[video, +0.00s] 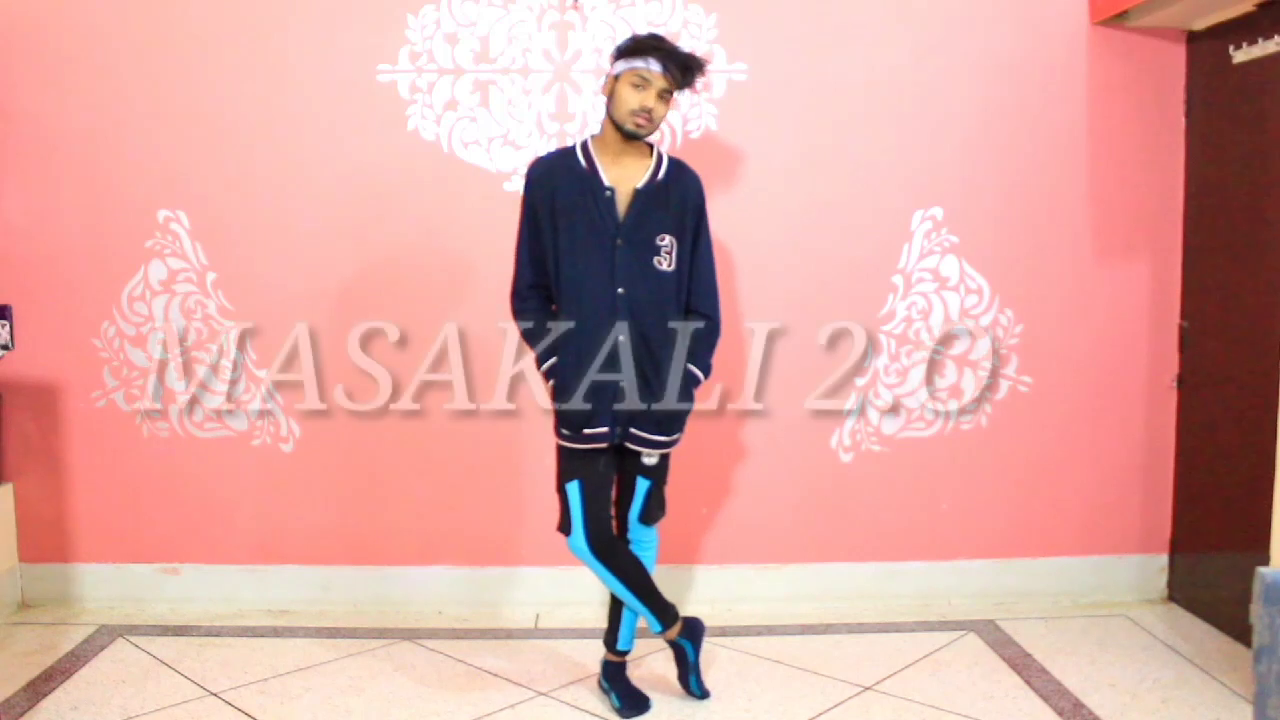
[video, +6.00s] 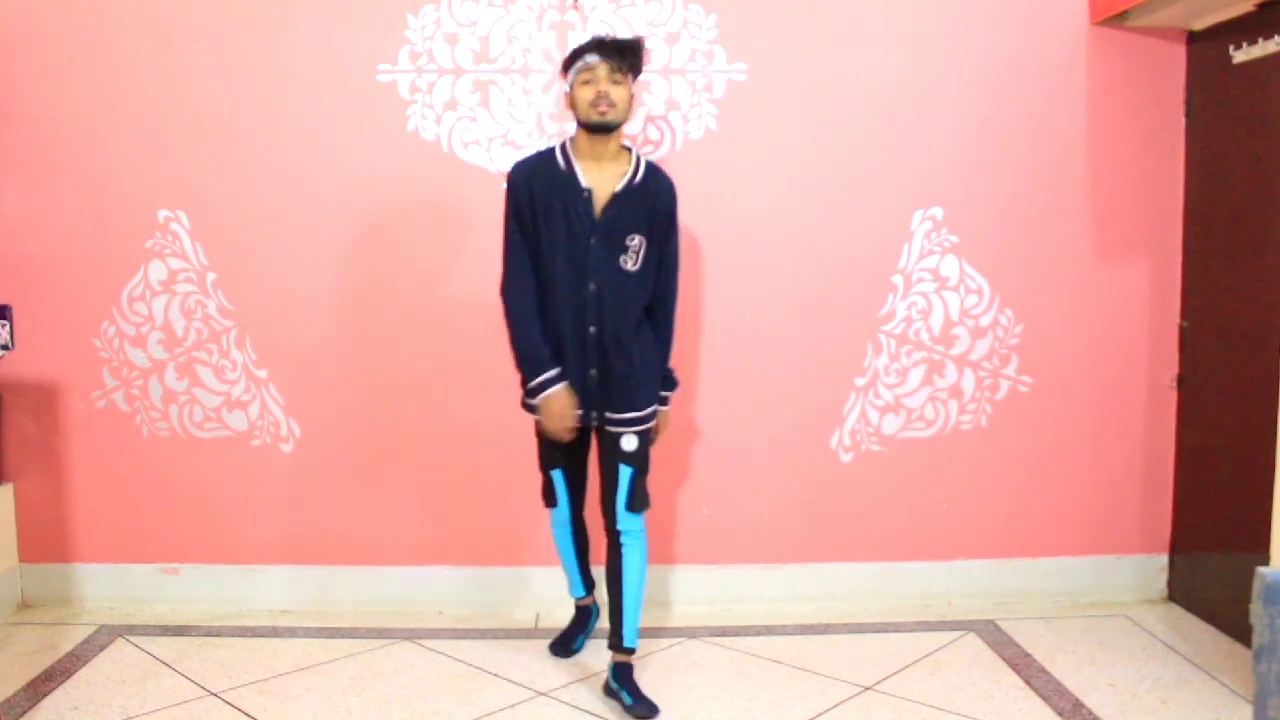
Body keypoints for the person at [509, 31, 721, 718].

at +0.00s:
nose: (648, 101)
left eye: (662, 92)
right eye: (637, 84)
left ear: (672, 105)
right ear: (608, 86)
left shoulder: (681, 183)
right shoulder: (552, 173)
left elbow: (703, 294)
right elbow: (529, 291)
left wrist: (692, 372)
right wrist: (557, 364)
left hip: (660, 385)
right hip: (583, 383)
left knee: (639, 524)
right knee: (588, 533)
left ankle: (616, 662)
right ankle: (678, 630)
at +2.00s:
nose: (649, 119)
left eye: (658, 106)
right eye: (637, 105)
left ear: (668, 106)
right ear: (603, 100)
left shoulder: (678, 179)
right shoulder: (553, 178)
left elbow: (700, 287)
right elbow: (529, 291)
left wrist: (698, 364)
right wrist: (557, 363)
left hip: (663, 384)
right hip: (587, 386)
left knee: (639, 525)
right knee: (589, 532)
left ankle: (616, 662)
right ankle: (674, 630)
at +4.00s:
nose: (652, 99)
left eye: (666, 89)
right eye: (639, 84)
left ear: (679, 101)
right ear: (616, 92)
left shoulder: (687, 194)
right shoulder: (564, 171)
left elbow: (696, 295)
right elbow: (526, 278)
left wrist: (701, 352)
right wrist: (556, 343)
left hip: (664, 381)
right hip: (590, 378)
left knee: (639, 523)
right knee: (597, 527)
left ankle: (616, 662)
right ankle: (675, 630)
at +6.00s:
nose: (602, 91)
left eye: (615, 80)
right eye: (589, 80)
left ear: (634, 95)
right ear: (568, 93)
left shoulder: (654, 186)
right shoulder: (532, 178)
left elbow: (662, 296)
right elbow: (517, 289)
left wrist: (659, 388)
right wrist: (543, 381)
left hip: (631, 380)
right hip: (559, 377)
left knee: (627, 516)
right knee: (562, 506)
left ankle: (624, 664)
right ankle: (583, 602)